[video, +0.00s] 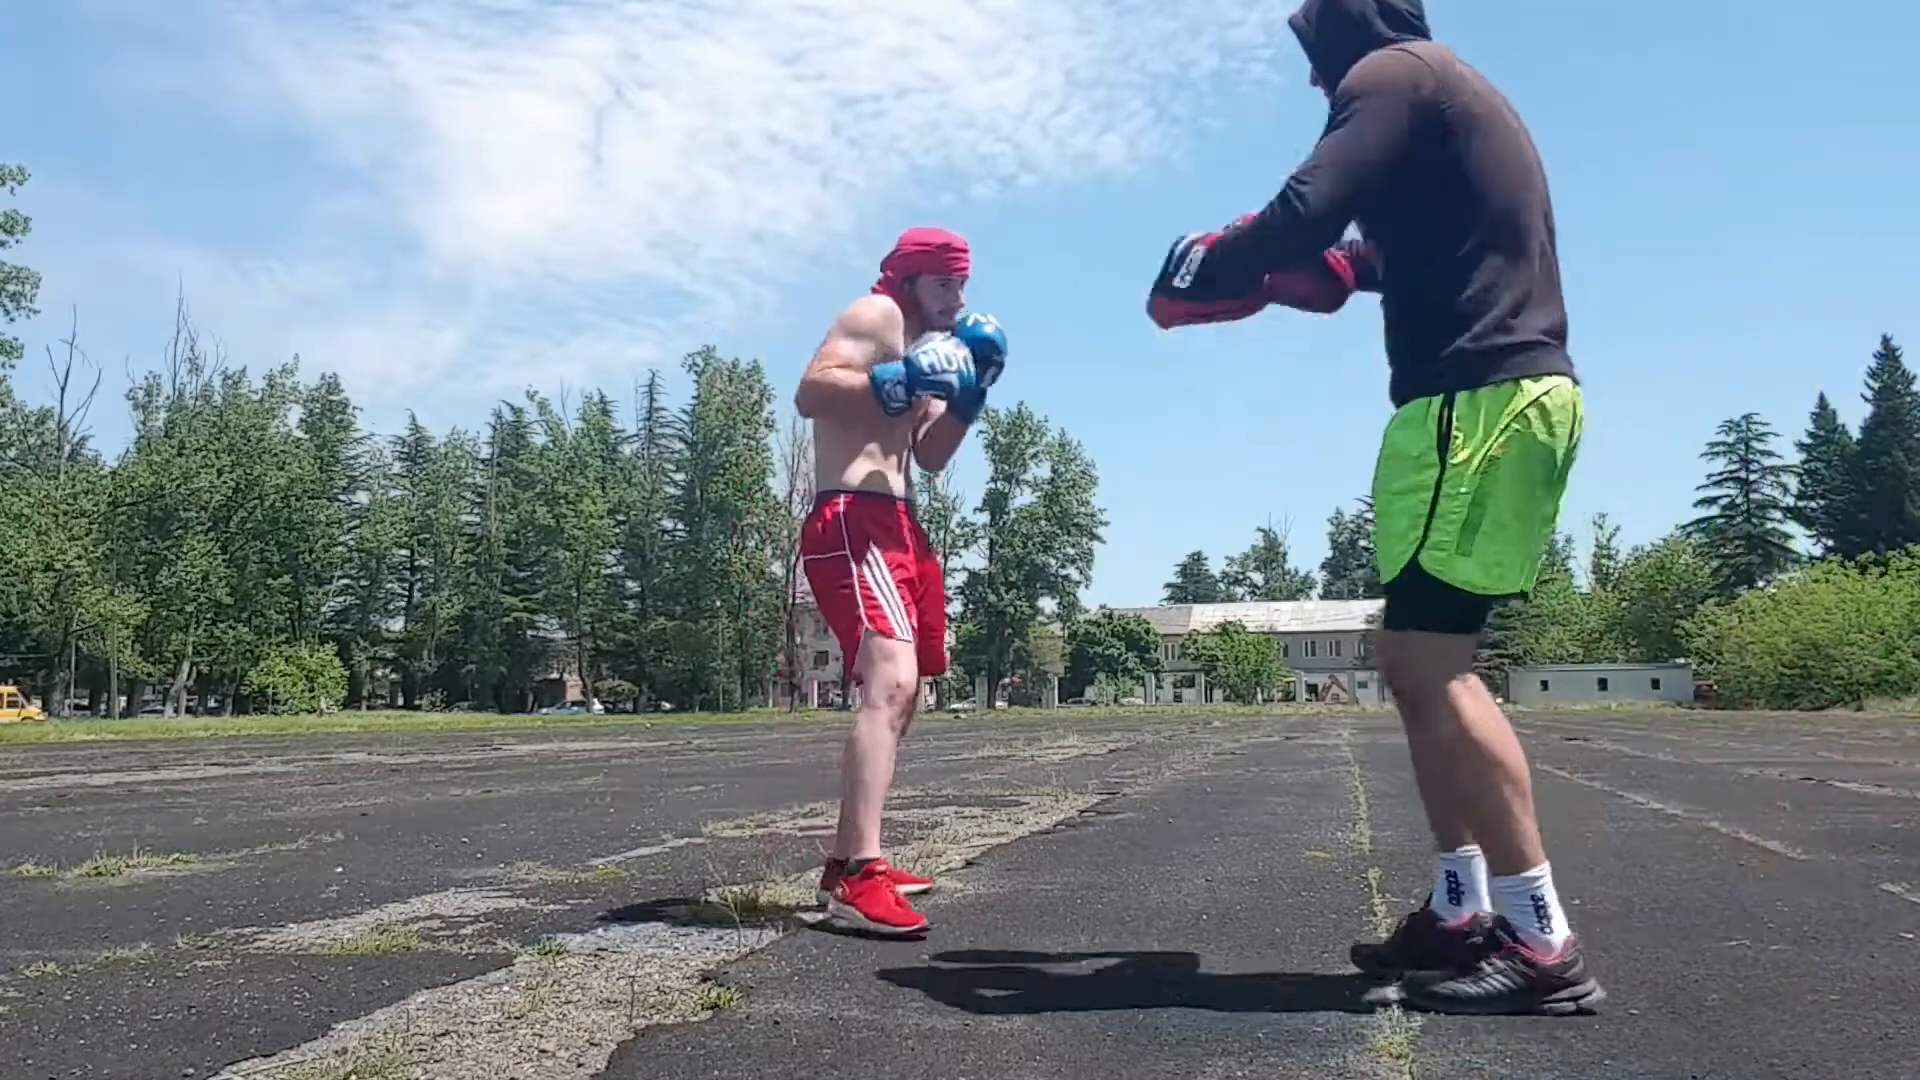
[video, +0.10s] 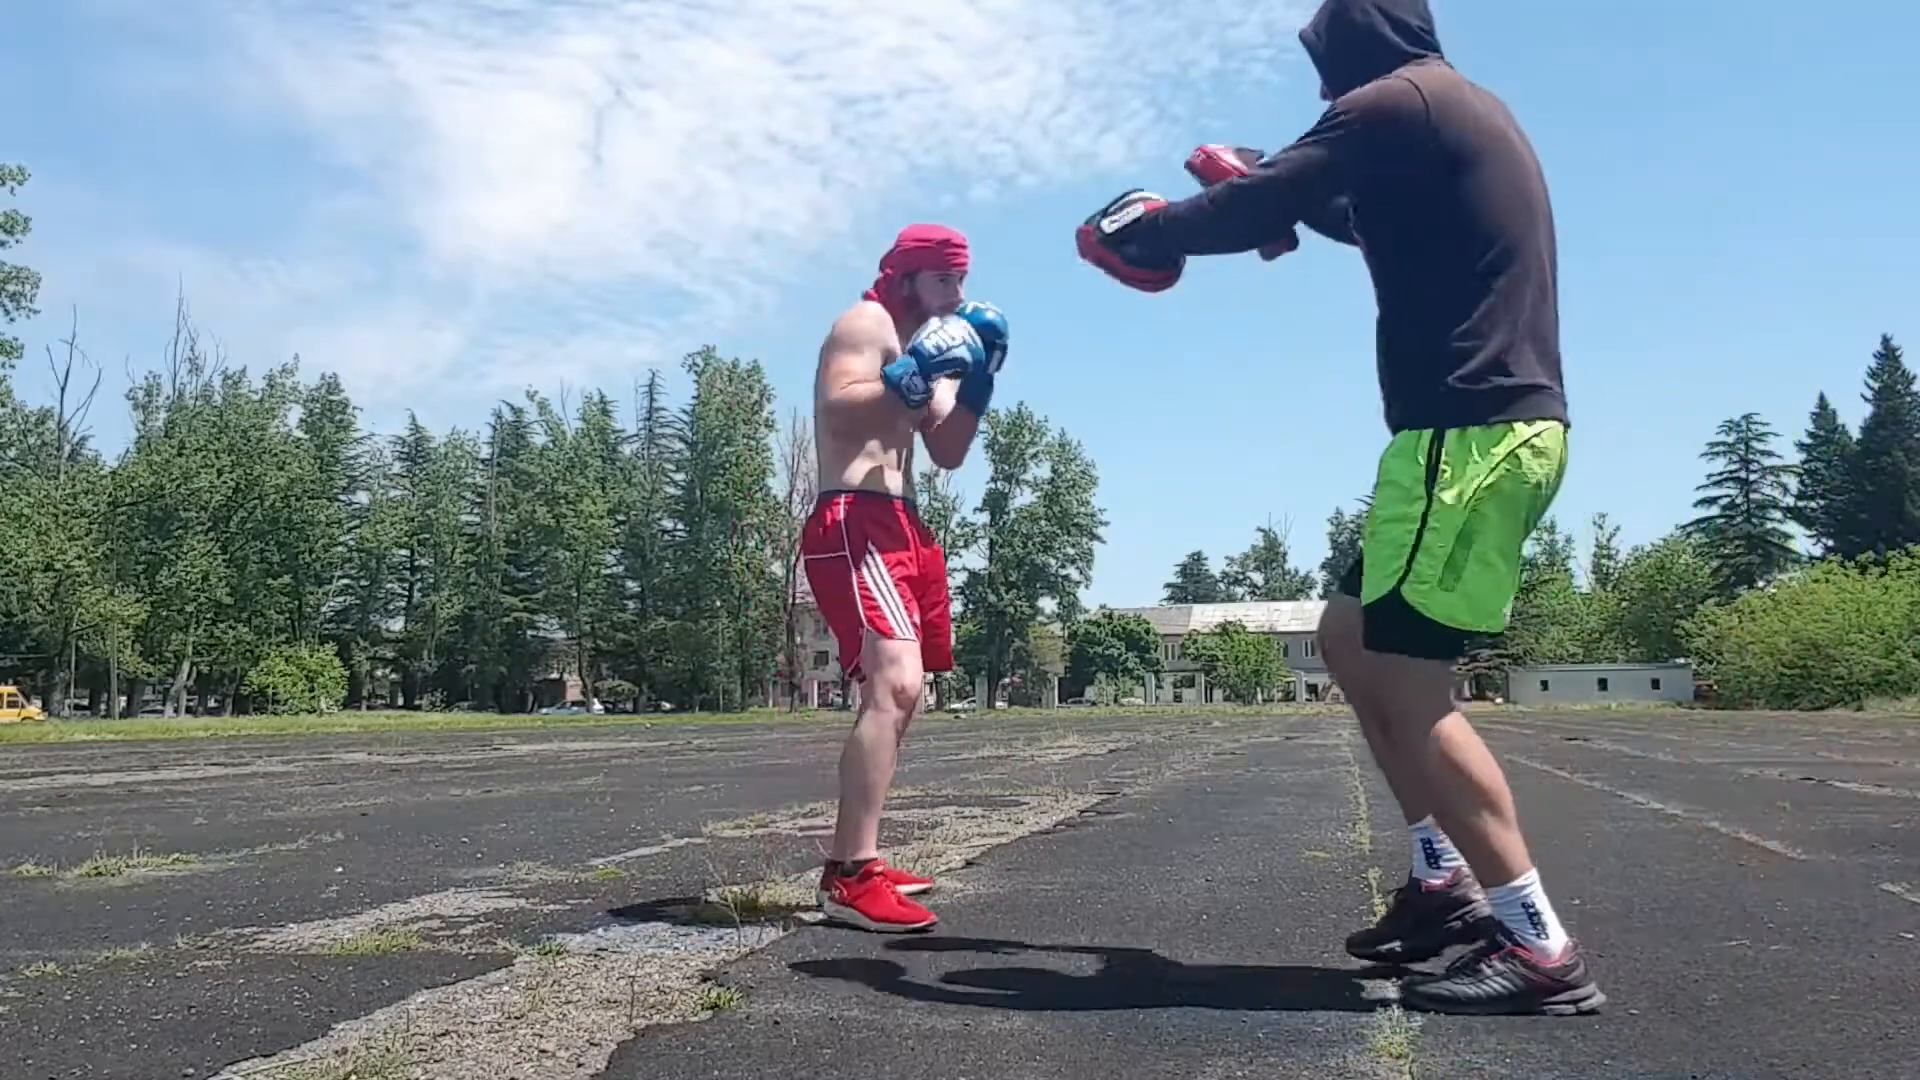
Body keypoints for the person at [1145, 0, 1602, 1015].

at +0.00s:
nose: (1315, 67)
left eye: (1314, 43)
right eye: (1310, 49)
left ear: (1350, 20)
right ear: (1402, 17)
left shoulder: (1392, 71)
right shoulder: (1461, 92)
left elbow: (1307, 211)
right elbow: (1428, 250)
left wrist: (1215, 255)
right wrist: (1329, 270)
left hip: (1475, 399)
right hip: (1512, 393)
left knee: (1436, 664)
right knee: (1415, 660)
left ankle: (1542, 942)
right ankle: (1463, 914)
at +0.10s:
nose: (1323, 87)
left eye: (1326, 68)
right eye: (1321, 71)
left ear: (1358, 49)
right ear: (1410, 35)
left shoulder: (1391, 107)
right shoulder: (1468, 110)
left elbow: (1253, 205)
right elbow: (1376, 211)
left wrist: (1150, 225)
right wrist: (1269, 182)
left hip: (1465, 433)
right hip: (1496, 426)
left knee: (1410, 694)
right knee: (1348, 642)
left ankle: (1541, 946)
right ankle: (1441, 881)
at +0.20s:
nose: (1318, 87)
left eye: (1320, 67)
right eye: (1316, 70)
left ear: (1353, 52)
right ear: (1409, 44)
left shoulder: (1386, 129)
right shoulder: (1471, 118)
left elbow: (1247, 218)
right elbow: (1369, 195)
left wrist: (1138, 232)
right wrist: (1271, 174)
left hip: (1452, 441)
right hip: (1486, 434)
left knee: (1411, 699)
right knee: (1336, 642)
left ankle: (1541, 948)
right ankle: (1409, 889)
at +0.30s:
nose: (1312, 94)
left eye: (1314, 75)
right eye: (1310, 78)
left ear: (1339, 61)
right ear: (1397, 45)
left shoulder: (1376, 123)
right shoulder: (1453, 118)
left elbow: (1244, 223)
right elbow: (1355, 198)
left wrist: (1137, 237)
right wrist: (1258, 171)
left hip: (1436, 426)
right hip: (1474, 420)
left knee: (1419, 682)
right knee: (1356, 653)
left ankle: (1539, 941)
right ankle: (1396, 902)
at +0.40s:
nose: (1304, 100)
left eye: (1307, 82)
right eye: (1302, 85)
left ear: (1332, 68)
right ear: (1387, 55)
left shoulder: (1369, 128)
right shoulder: (1434, 124)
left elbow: (1236, 223)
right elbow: (1339, 196)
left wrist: (1127, 230)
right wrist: (1252, 175)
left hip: (1434, 434)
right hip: (1460, 429)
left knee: (1392, 674)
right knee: (1363, 673)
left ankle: (1531, 932)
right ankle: (1395, 908)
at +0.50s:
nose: (1291, 106)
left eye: (1294, 90)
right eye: (1290, 92)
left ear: (1321, 77)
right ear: (1374, 65)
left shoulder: (1357, 139)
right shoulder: (1425, 133)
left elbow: (1224, 231)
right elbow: (1330, 201)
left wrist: (1125, 221)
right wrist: (1240, 179)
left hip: (1426, 431)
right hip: (1471, 427)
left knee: (1364, 665)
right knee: (1361, 668)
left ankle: (1519, 908)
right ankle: (1393, 902)